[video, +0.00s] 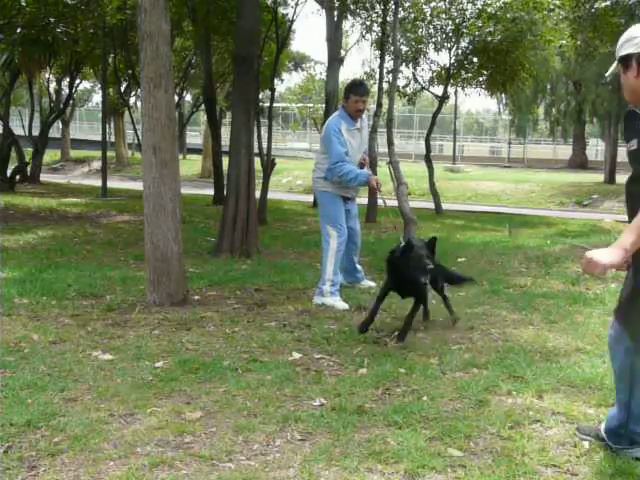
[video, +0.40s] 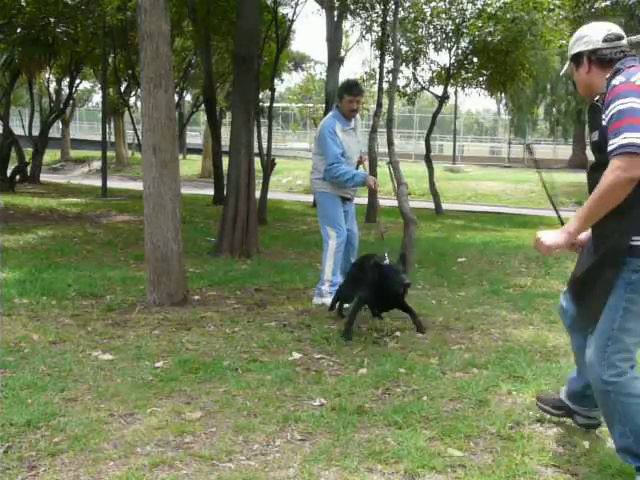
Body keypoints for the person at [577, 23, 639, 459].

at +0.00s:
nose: (623, 81)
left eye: (624, 71)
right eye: (623, 71)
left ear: (635, 70)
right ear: (629, 72)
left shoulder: (635, 121)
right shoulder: (632, 121)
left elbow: (639, 204)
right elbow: (639, 201)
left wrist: (620, 248)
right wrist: (623, 248)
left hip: (636, 262)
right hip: (635, 260)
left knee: (624, 335)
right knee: (623, 334)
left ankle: (626, 430)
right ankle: (623, 428)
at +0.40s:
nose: (574, 79)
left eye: (574, 69)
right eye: (573, 70)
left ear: (590, 62)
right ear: (603, 61)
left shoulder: (625, 90)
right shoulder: (620, 91)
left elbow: (626, 169)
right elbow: (624, 173)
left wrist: (571, 230)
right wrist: (589, 229)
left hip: (634, 254)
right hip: (615, 248)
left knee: (608, 364)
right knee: (575, 308)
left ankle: (635, 458)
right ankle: (584, 403)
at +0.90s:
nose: (536, 89)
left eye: (535, 80)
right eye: (535, 81)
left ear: (547, 74)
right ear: (571, 68)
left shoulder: (570, 96)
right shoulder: (596, 92)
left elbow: (557, 173)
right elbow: (614, 170)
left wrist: (508, 227)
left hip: (592, 235)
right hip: (595, 231)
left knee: (550, 346)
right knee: (537, 307)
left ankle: (605, 457)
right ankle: (540, 396)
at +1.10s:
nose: (528, 92)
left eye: (528, 84)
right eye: (528, 85)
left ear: (538, 77)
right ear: (570, 72)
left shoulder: (553, 102)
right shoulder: (608, 107)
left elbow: (514, 173)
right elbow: (619, 178)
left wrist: (462, 210)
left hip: (579, 235)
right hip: (600, 232)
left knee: (546, 348)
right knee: (535, 293)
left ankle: (605, 457)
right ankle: (526, 384)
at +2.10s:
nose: (487, 117)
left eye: (487, 110)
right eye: (487, 110)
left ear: (496, 107)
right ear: (524, 101)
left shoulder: (510, 130)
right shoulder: (551, 128)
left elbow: (466, 187)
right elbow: (561, 200)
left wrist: (416, 195)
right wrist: (509, 228)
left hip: (551, 247)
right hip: (577, 245)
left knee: (516, 350)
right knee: (506, 294)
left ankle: (568, 453)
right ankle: (505, 383)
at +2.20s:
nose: (478, 139)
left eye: (478, 131)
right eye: (478, 132)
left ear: (487, 127)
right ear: (510, 121)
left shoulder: (510, 139)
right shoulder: (525, 138)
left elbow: (507, 197)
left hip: (569, 246)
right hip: (554, 245)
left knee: (517, 339)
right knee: (498, 303)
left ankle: (564, 449)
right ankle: (503, 383)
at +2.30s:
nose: (470, 151)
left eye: (470, 143)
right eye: (468, 144)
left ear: (480, 137)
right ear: (489, 139)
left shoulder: (514, 143)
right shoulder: (498, 175)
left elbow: (551, 184)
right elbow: (483, 232)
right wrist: (451, 264)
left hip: (580, 249)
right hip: (550, 253)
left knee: (531, 341)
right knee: (498, 307)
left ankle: (589, 452)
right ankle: (506, 385)